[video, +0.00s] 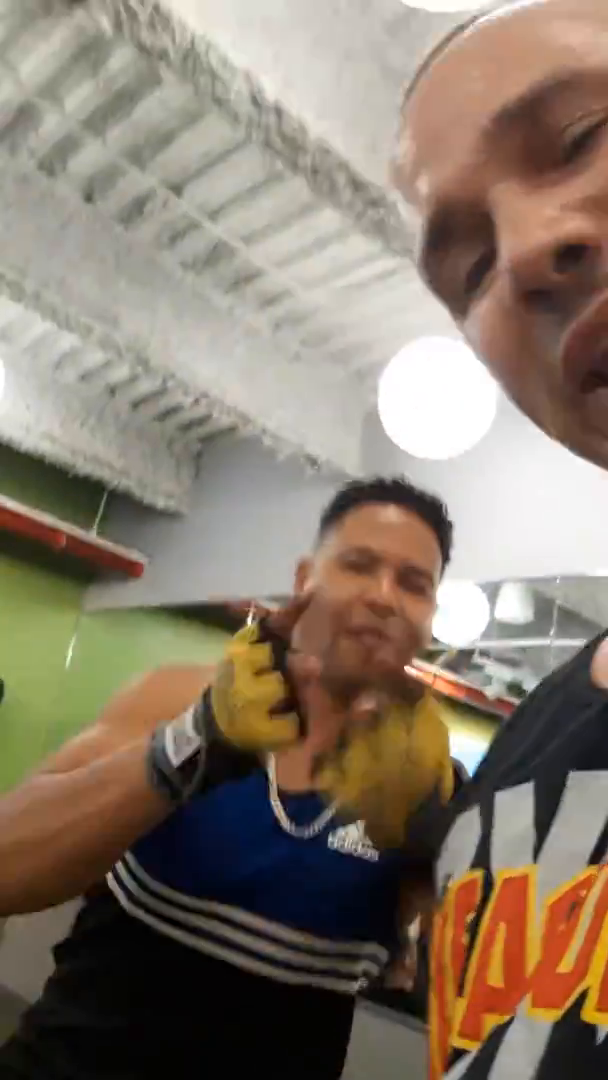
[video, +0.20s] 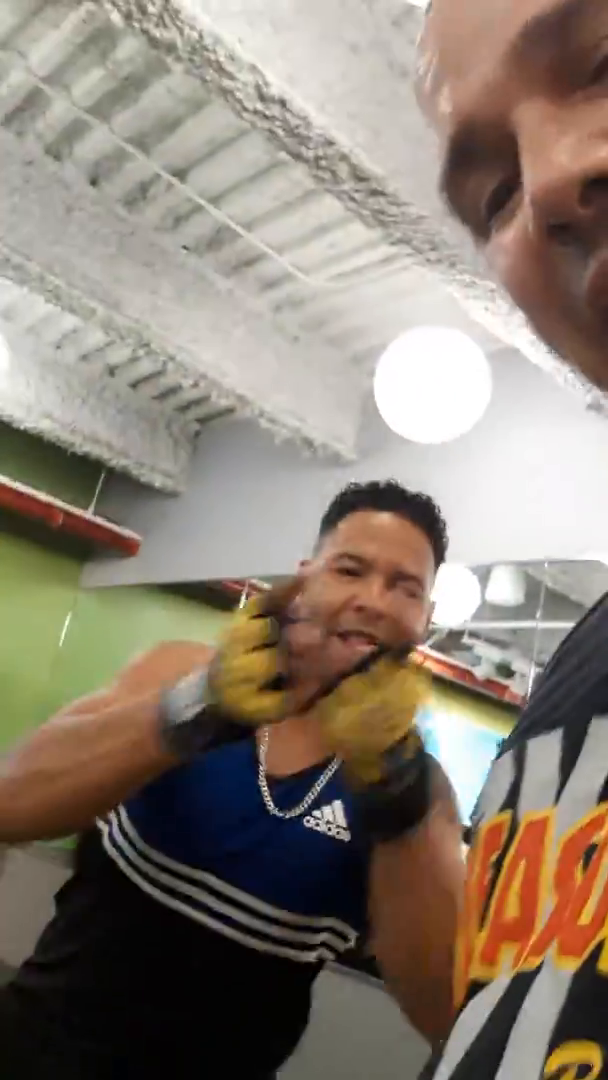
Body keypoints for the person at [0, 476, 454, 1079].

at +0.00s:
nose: (383, 598)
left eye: (412, 582)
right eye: (358, 567)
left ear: (432, 616)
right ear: (304, 581)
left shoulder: (423, 774)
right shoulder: (181, 697)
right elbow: (11, 878)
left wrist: (420, 835)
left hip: (285, 1069)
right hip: (94, 1044)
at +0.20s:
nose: (372, 601)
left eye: (404, 587)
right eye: (351, 570)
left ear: (424, 622)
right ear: (302, 576)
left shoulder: (412, 782)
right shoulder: (183, 674)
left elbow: (442, 1013)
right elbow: (13, 805)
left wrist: (396, 792)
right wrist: (200, 712)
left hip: (222, 1062)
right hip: (58, 1018)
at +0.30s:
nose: (329, 623)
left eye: (365, 606)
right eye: (314, 593)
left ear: (407, 636)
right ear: (284, 603)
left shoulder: (396, 809)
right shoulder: (160, 698)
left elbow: (430, 1015)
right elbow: (22, 793)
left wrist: (316, 984)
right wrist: (89, 824)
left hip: (213, 1065)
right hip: (58, 1020)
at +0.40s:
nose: (259, 657)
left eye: (297, 638)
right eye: (250, 624)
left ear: (364, 652)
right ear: (232, 618)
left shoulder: (380, 849)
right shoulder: (135, 733)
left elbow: (395, 1065)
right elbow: (4, 871)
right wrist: (11, 1010)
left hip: (234, 1064)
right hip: (84, 1029)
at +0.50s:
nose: (153, 736)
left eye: (188, 712)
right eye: (146, 702)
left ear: (270, 703)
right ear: (137, 690)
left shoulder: (336, 904)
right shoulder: (87, 790)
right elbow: (5, 953)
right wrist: (13, 1016)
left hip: (233, 1068)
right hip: (88, 1040)